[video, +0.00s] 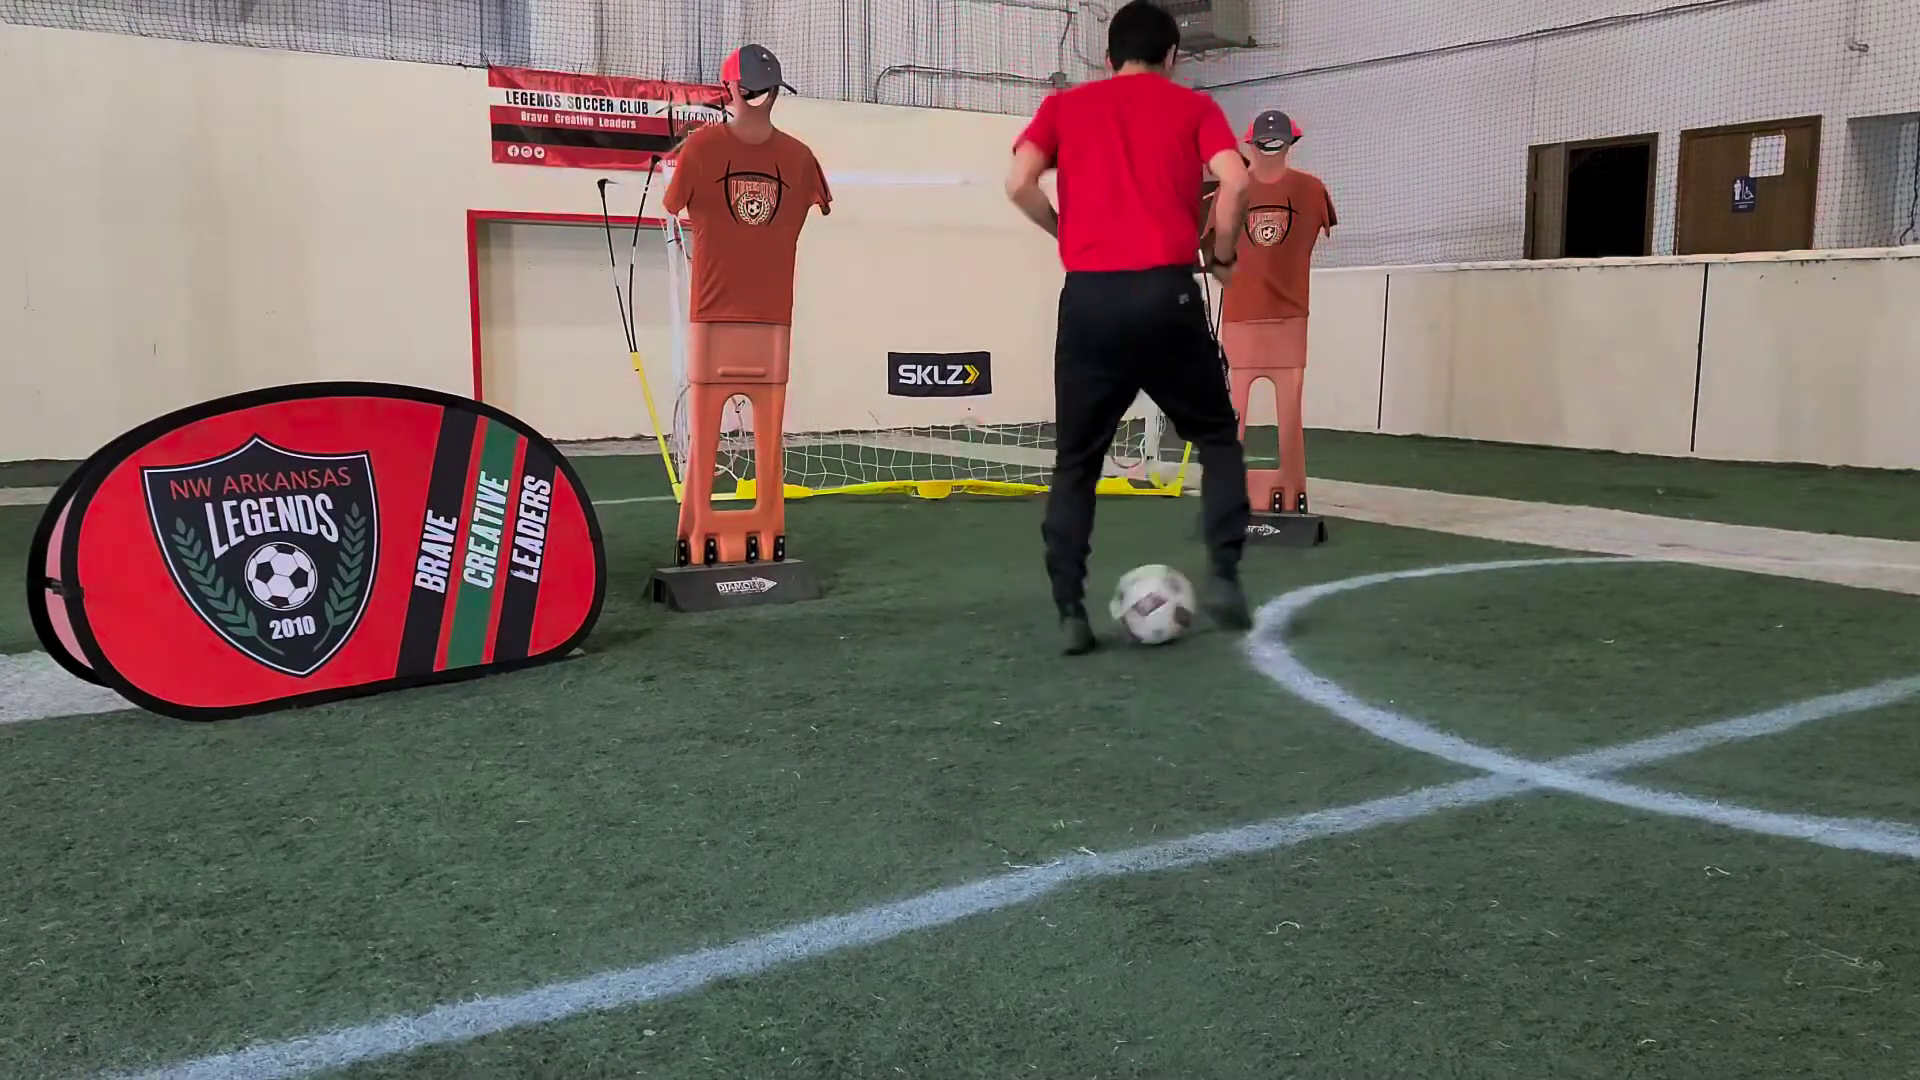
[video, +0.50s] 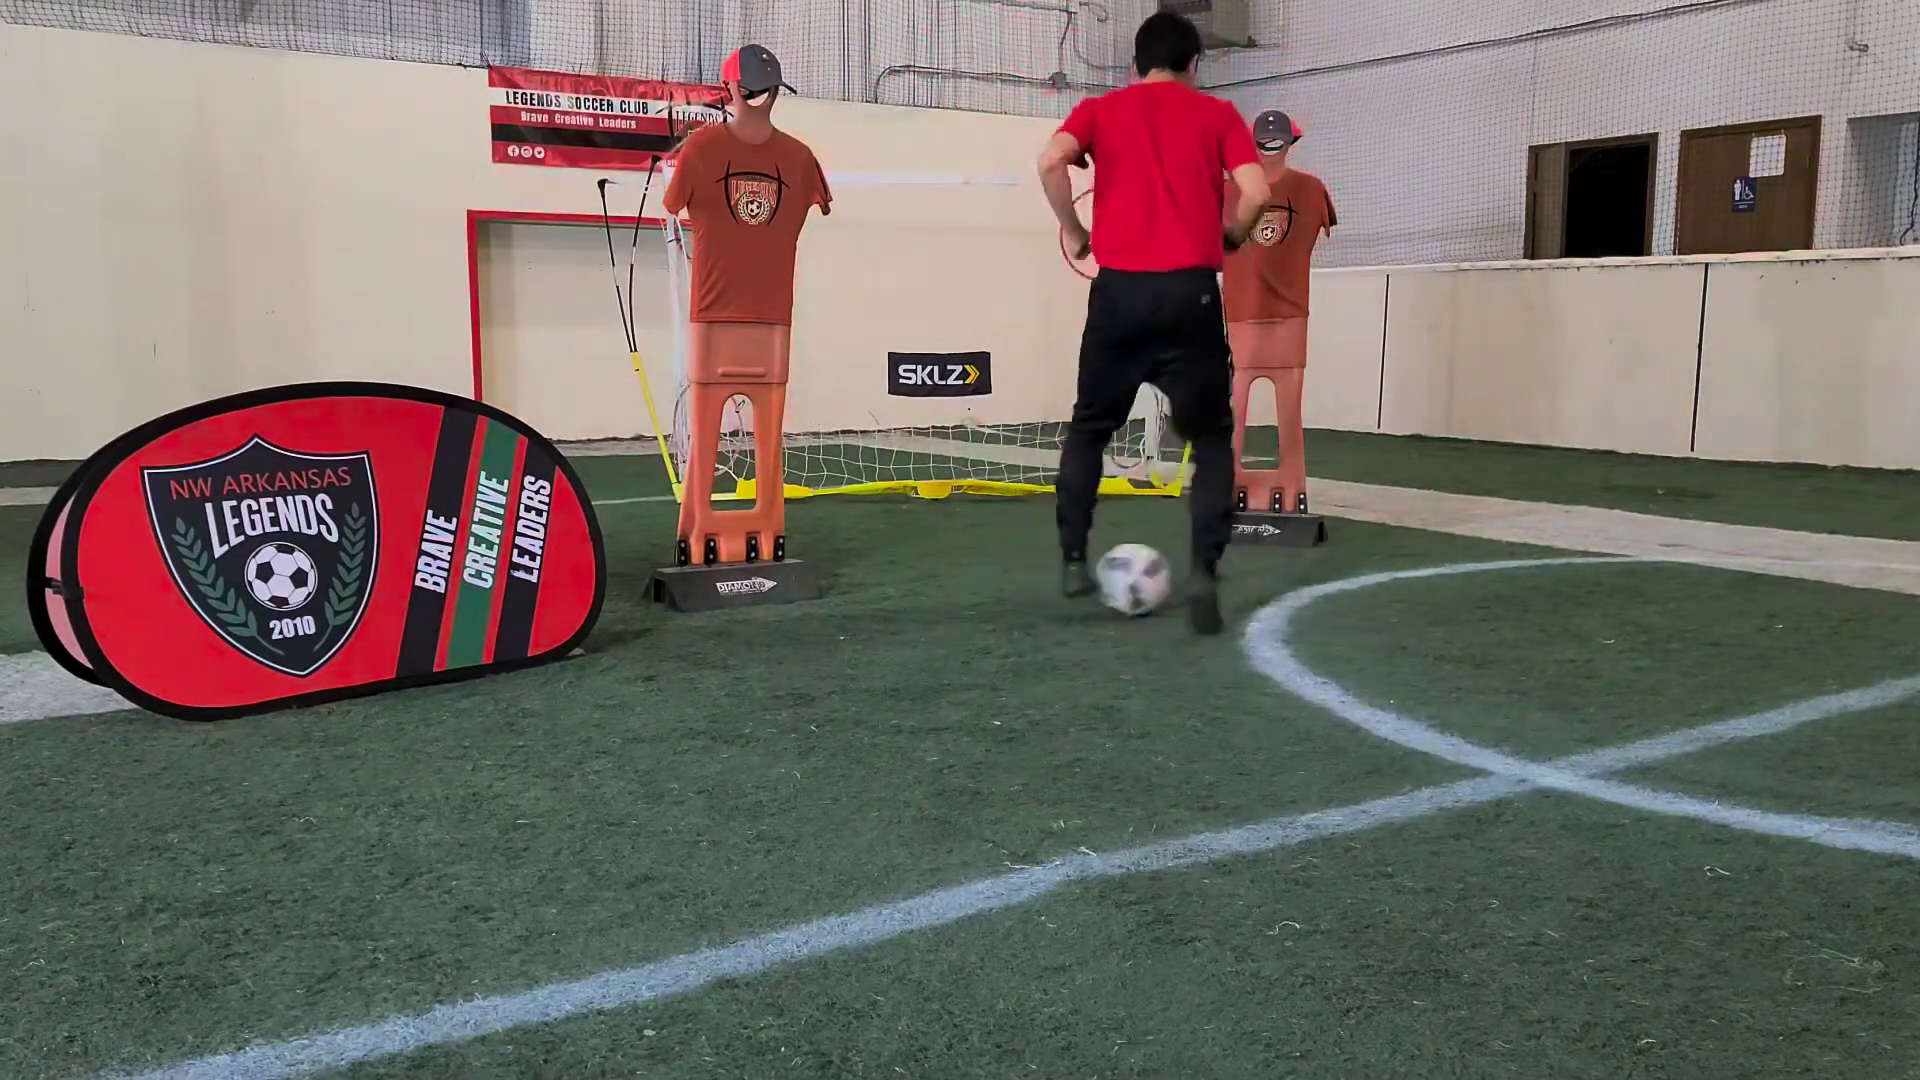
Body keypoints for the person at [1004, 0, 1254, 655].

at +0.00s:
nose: (1174, 64)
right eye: (1177, 56)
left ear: (1107, 57)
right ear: (1171, 57)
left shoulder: (1064, 104)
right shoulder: (1195, 107)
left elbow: (1019, 186)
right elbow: (1237, 178)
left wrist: (1064, 230)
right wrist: (1222, 243)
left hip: (1087, 300)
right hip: (1165, 298)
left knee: (1076, 457)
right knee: (1217, 436)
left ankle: (1071, 611)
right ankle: (1224, 576)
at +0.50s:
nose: (1195, 72)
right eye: (1198, 64)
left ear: (1135, 65)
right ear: (1193, 65)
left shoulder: (1102, 108)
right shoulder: (1218, 113)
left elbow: (1050, 160)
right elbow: (1255, 193)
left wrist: (1072, 230)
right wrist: (1231, 235)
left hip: (1118, 296)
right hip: (1190, 296)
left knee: (1090, 427)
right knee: (1211, 435)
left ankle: (1073, 558)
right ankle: (1204, 572)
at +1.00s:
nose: (1207, 97)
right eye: (1212, 87)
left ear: (1160, 92)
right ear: (1213, 91)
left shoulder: (1132, 134)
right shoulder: (1239, 143)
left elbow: (1084, 183)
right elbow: (1276, 224)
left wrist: (1094, 249)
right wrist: (1242, 246)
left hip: (1141, 310)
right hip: (1208, 313)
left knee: (1104, 421)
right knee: (1211, 442)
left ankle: (1082, 537)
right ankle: (1210, 577)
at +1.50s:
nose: (1236, 120)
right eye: (1238, 113)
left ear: (1187, 110)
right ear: (1236, 113)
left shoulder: (1156, 152)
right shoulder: (1255, 161)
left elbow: (1106, 208)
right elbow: (1285, 230)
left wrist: (1125, 263)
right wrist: (1283, 278)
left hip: (1157, 319)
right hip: (1220, 321)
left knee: (1113, 416)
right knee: (1219, 443)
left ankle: (1081, 526)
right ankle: (1217, 566)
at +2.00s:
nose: (1250, 121)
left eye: (1245, 115)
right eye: (1250, 114)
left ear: (1200, 110)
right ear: (1244, 112)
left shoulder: (1159, 154)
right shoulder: (1254, 153)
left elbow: (1111, 223)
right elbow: (1271, 202)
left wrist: (1153, 253)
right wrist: (1274, 274)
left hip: (1170, 312)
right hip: (1230, 311)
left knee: (1158, 423)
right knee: (1258, 411)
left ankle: (1143, 539)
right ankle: (1263, 519)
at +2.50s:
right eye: (1285, 111)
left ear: (1237, 111)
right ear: (1283, 114)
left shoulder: (1205, 153)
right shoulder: (1303, 164)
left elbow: (1167, 219)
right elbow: (1319, 247)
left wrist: (1175, 270)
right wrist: (1284, 244)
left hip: (1203, 308)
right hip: (1260, 312)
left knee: (1196, 380)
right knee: (1253, 427)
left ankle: (1192, 486)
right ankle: (1241, 544)